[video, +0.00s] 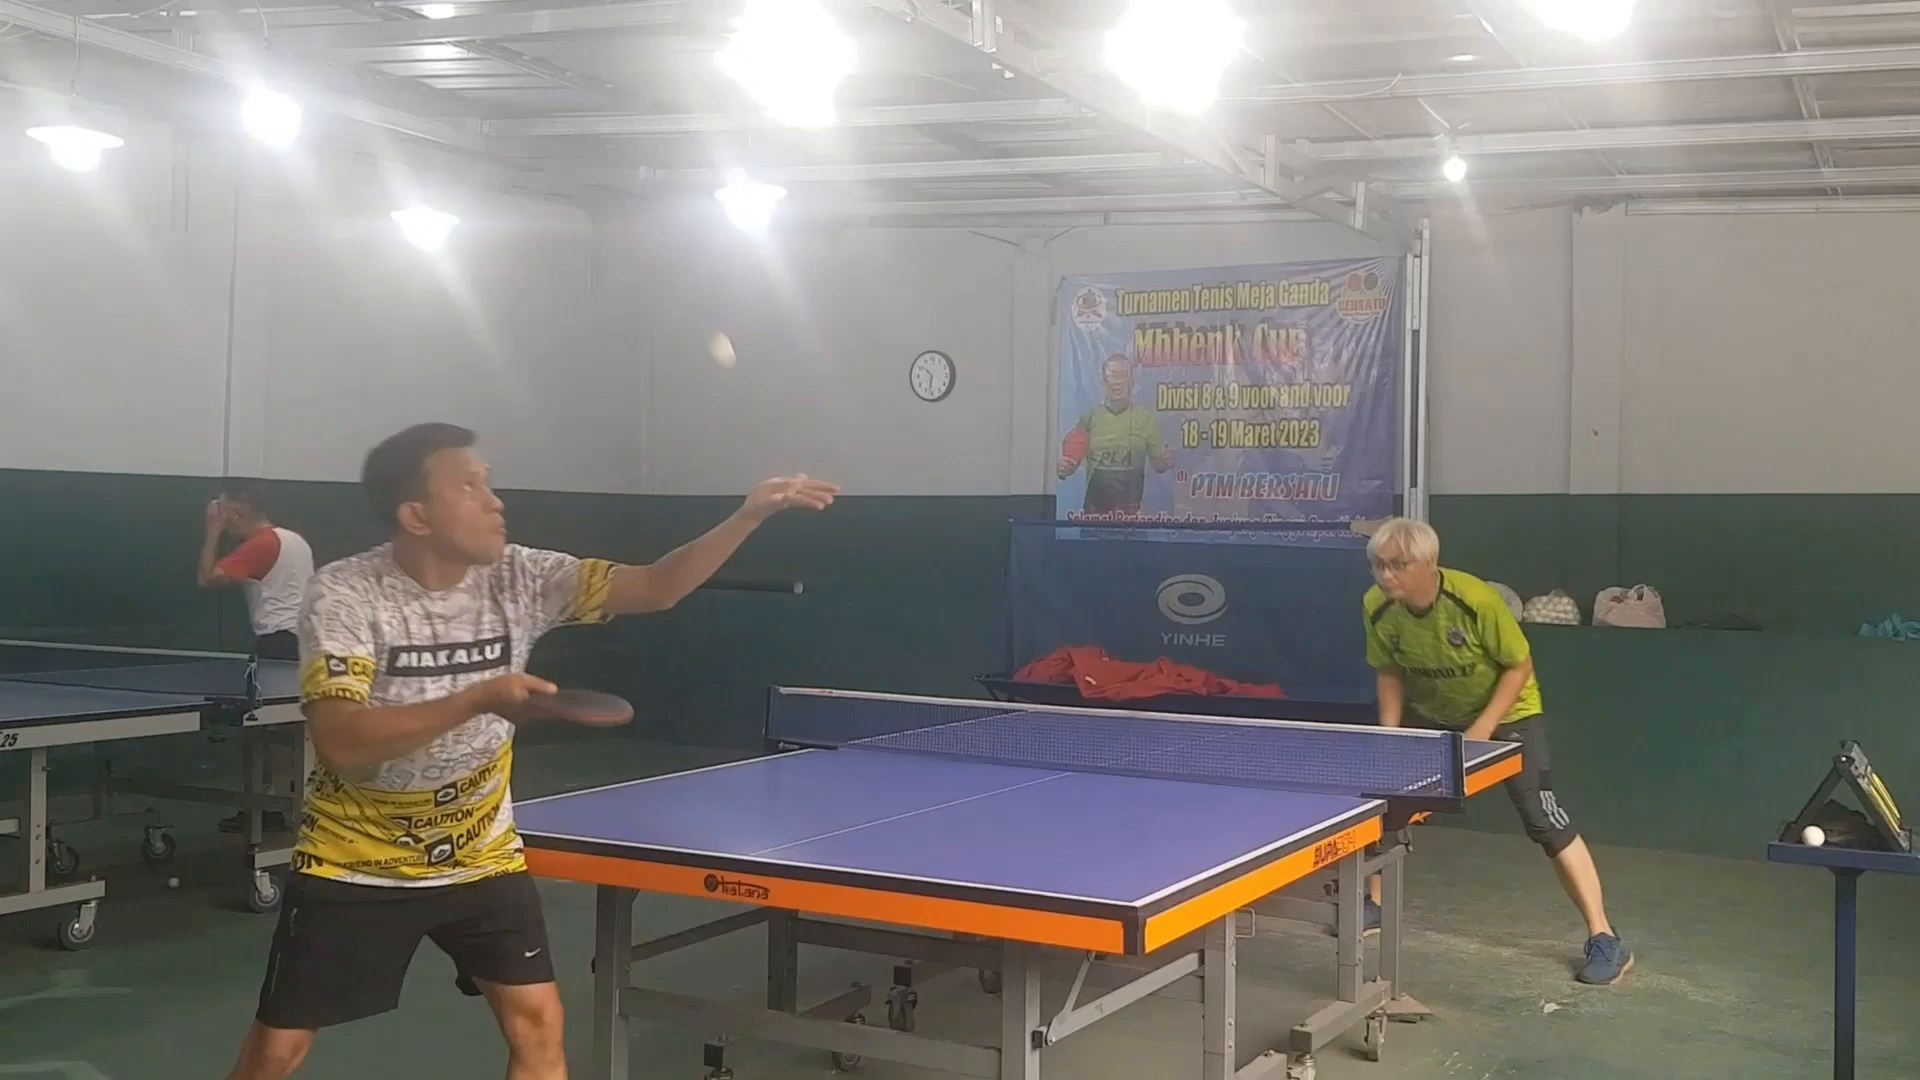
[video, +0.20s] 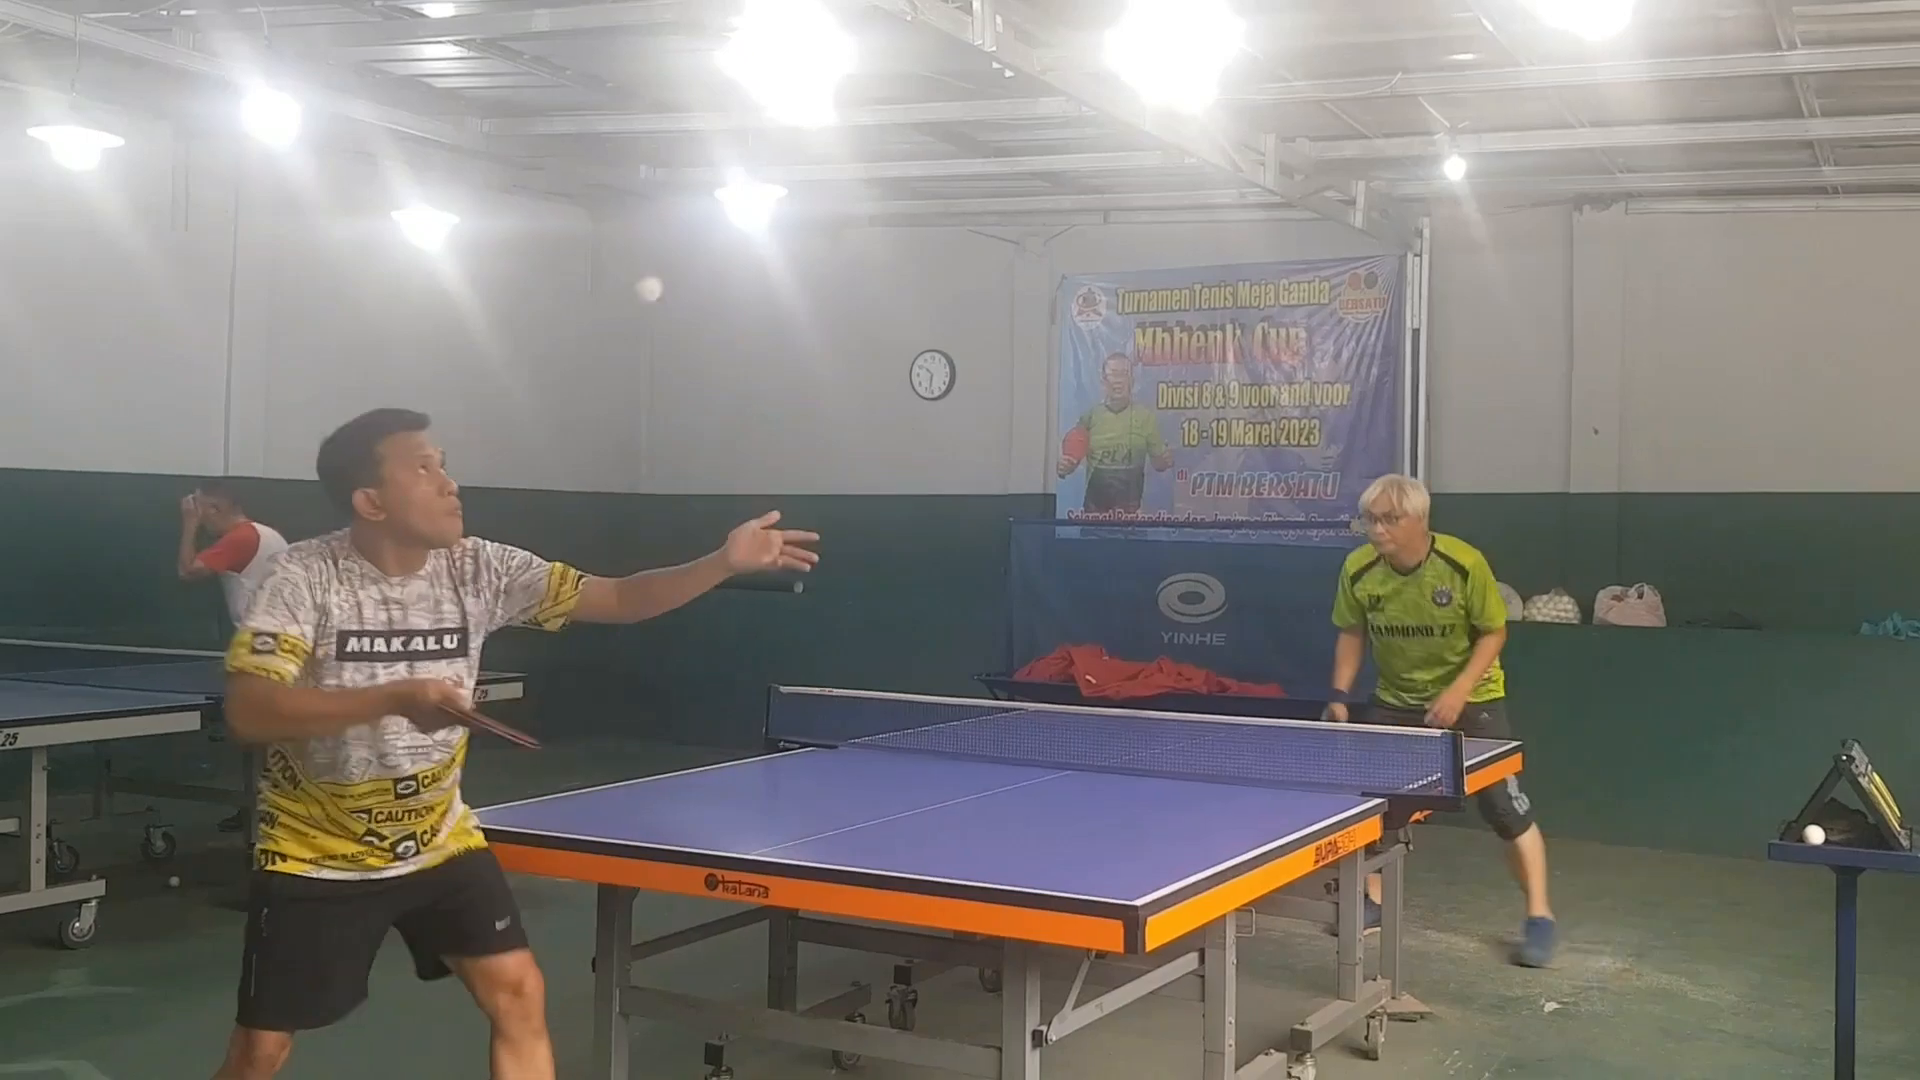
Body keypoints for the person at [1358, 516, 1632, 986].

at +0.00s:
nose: (1382, 576)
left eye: (1393, 566)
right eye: (1377, 566)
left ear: (1424, 565)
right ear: (1375, 568)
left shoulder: (1475, 600)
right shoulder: (1377, 607)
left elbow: (1520, 665)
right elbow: (1388, 675)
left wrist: (1485, 726)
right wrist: (1387, 741)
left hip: (1507, 713)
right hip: (1429, 718)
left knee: (1540, 812)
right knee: (1376, 804)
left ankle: (1603, 937)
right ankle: (1370, 903)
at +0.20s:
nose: (1375, 530)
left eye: (1386, 520)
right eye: (1370, 520)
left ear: (1416, 520)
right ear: (1365, 524)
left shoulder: (1464, 565)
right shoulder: (1358, 570)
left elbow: (1494, 633)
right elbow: (1351, 633)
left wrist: (1459, 691)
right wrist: (1339, 695)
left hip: (1472, 700)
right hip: (1395, 701)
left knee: (1504, 803)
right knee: (1365, 795)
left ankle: (1539, 915)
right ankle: (1371, 897)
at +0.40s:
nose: (1367, 520)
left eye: (1379, 511)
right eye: (1362, 511)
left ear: (1408, 513)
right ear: (1356, 515)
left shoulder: (1454, 559)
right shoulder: (1348, 562)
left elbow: (1483, 627)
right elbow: (1332, 624)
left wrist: (1441, 676)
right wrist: (1301, 667)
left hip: (1452, 703)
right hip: (1373, 699)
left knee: (1484, 806)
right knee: (1327, 785)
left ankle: (1505, 918)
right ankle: (1309, 892)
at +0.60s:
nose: (1348, 530)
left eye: (1358, 520)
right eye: (1343, 521)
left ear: (1388, 521)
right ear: (1340, 526)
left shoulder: (1436, 564)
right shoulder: (1336, 575)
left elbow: (1476, 632)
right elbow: (1325, 644)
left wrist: (1444, 676)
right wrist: (1293, 674)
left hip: (1447, 709)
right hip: (1371, 710)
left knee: (1495, 804)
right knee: (1314, 782)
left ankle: (1551, 918)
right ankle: (1312, 897)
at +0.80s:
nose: (1427, 531)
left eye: (1438, 520)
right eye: (1420, 521)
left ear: (1467, 516)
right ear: (1414, 522)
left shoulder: (1517, 554)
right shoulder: (1406, 573)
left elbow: (1556, 625)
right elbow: (1424, 648)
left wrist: (1522, 652)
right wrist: (1413, 670)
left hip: (1511, 710)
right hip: (1433, 710)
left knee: (1544, 824)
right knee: (1366, 793)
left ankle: (1577, 931)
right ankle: (1323, 887)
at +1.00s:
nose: (1471, 510)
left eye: (1483, 499)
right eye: (1461, 500)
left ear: (1510, 497)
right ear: (1453, 501)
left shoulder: (1545, 525)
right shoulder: (1447, 552)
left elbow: (1594, 569)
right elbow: (1483, 600)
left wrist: (1601, 588)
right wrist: (1499, 637)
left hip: (1549, 699)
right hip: (1481, 701)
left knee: (1577, 810)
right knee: (1456, 795)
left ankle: (1579, 927)